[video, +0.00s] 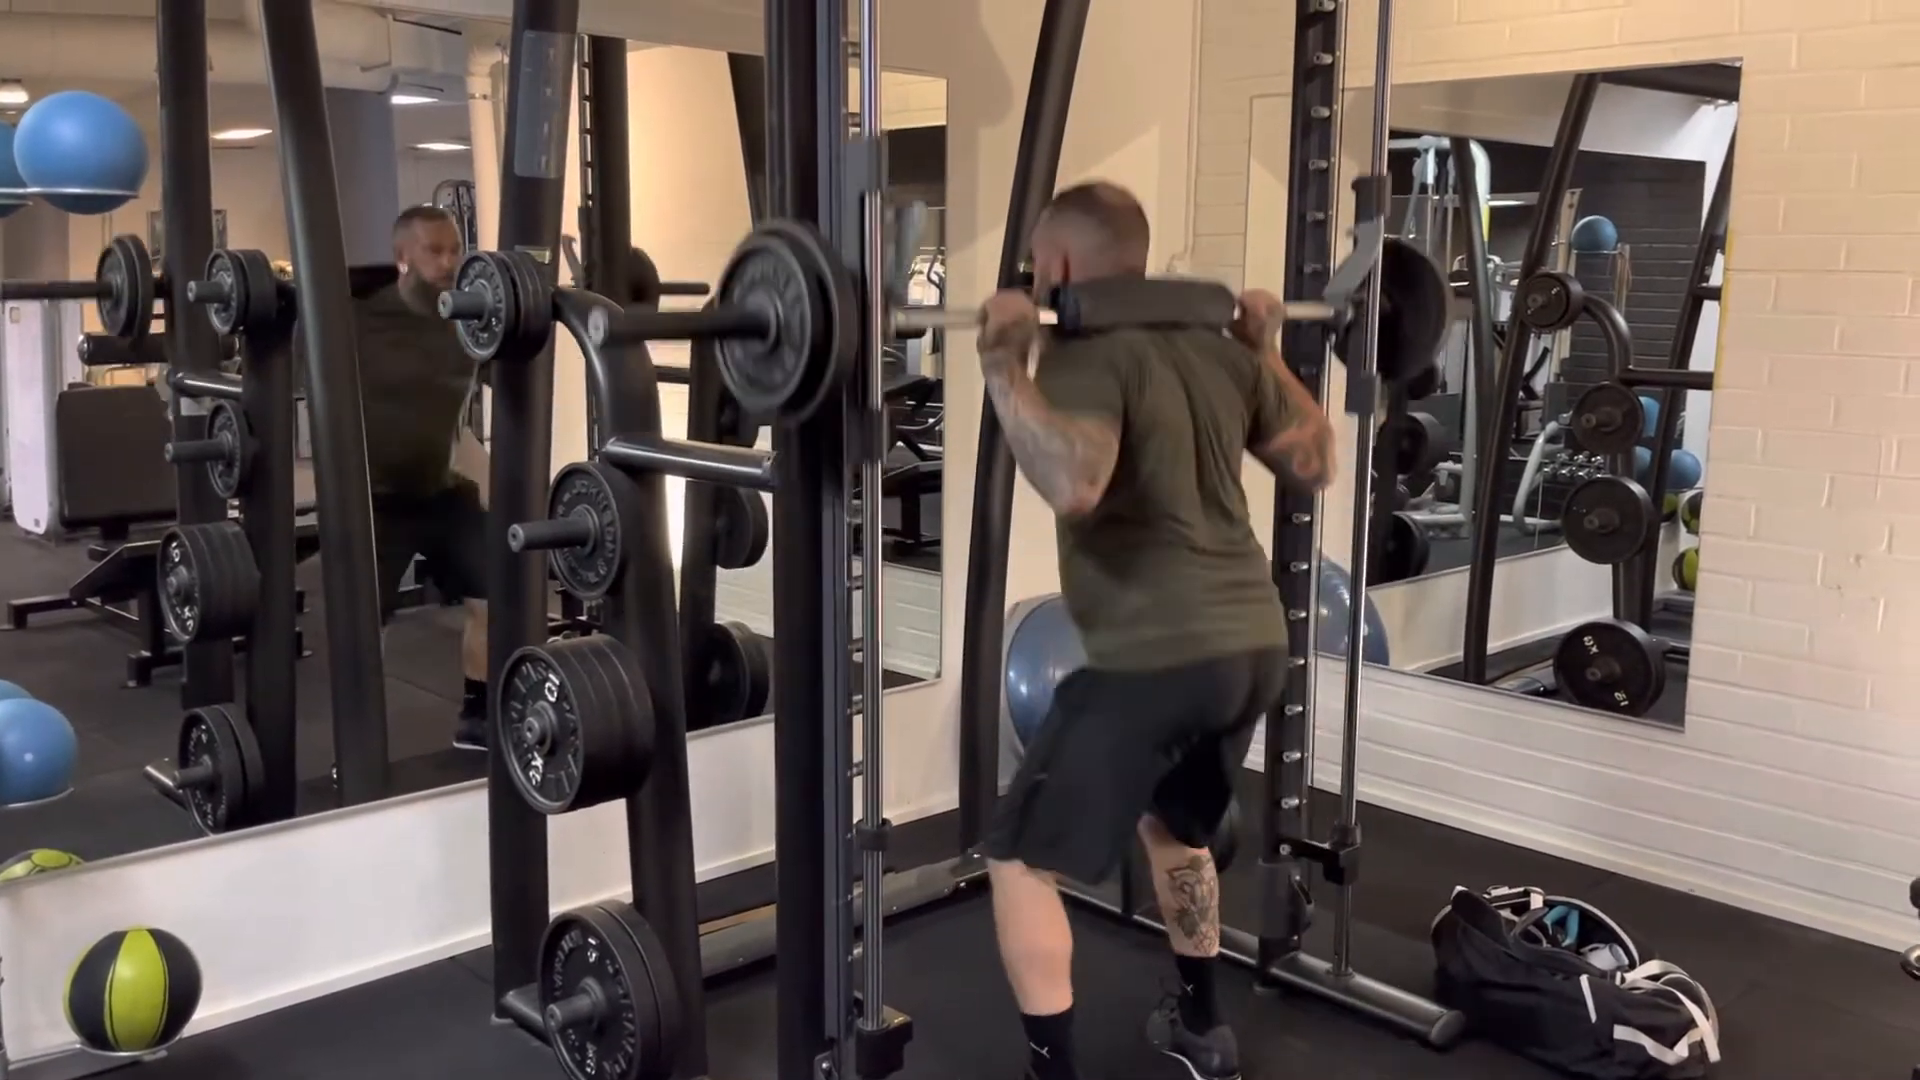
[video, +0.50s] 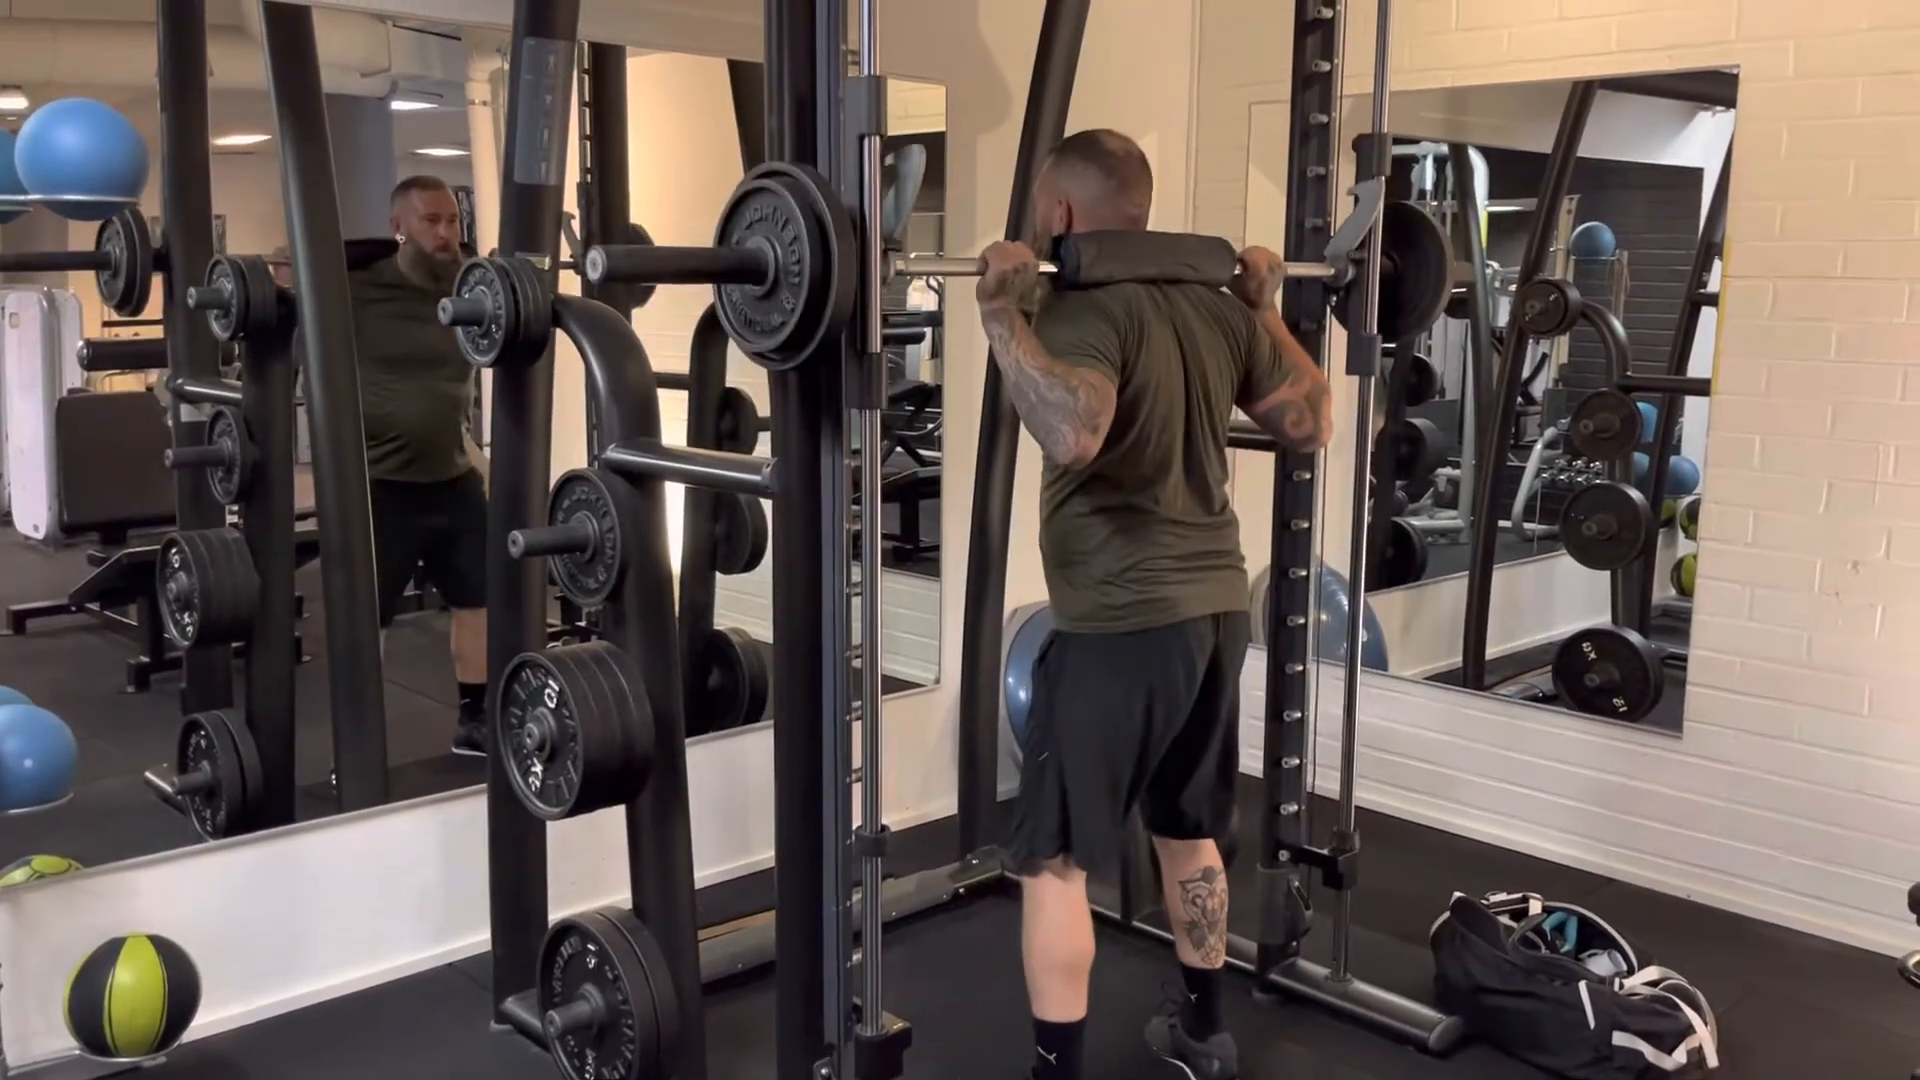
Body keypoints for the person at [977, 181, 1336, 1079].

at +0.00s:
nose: (1038, 280)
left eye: (1041, 264)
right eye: (1039, 265)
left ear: (1065, 261)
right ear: (1137, 256)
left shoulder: (1089, 352)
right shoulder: (1219, 345)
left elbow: (1075, 481)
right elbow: (1313, 460)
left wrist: (1007, 376)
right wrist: (1267, 353)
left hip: (1152, 660)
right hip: (1254, 649)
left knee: (1020, 855)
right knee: (1177, 819)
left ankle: (1055, 1067)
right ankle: (1201, 1022)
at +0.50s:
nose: (1037, 223)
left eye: (1041, 207)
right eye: (1043, 207)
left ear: (1063, 208)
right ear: (1141, 205)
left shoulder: (1087, 302)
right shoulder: (1210, 299)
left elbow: (1074, 429)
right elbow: (1305, 420)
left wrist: (1001, 309)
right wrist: (1266, 310)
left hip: (1119, 622)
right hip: (1216, 608)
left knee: (1057, 854)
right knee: (1186, 825)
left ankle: (1056, 1067)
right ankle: (1203, 1032)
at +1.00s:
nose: (1036, 232)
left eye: (1040, 217)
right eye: (1041, 217)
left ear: (1062, 218)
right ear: (1139, 213)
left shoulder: (1086, 308)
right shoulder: (1212, 306)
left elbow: (1074, 434)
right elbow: (1306, 426)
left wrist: (1000, 317)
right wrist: (1266, 316)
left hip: (1123, 632)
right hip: (1222, 618)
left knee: (1059, 863)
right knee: (1189, 834)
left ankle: (1056, 1068)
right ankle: (1206, 1037)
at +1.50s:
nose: (1028, 422)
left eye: (1030, 408)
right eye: (1028, 409)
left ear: (1048, 416)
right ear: (1127, 402)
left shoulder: (1093, 486)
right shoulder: (1222, 477)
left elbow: (1089, 615)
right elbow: (1327, 579)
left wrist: (999, 506)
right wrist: (1265, 476)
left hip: (1186, 798)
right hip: (1285, 782)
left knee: (981, 883)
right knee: (1159, 844)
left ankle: (1045, 1068)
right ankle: (1200, 1033)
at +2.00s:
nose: (1029, 611)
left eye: (1029, 596)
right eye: (1028, 596)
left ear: (1053, 601)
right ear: (1127, 586)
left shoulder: (1092, 679)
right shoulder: (1219, 657)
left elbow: (1085, 821)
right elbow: (1319, 761)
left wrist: (998, 705)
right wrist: (1258, 652)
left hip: (1202, 990)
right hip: (1295, 966)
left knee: (961, 886)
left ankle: (1041, 1069)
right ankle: (1200, 1053)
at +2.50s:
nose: (1034, 490)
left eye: (1035, 475)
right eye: (1033, 475)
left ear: (1058, 480)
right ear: (1134, 467)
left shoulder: (1095, 555)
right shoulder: (1221, 544)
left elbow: (1091, 684)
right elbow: (1329, 643)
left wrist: (1001, 575)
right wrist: (1264, 540)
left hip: (1209, 850)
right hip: (1313, 836)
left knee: (986, 884)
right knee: (1150, 839)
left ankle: (1046, 1070)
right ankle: (1200, 1038)